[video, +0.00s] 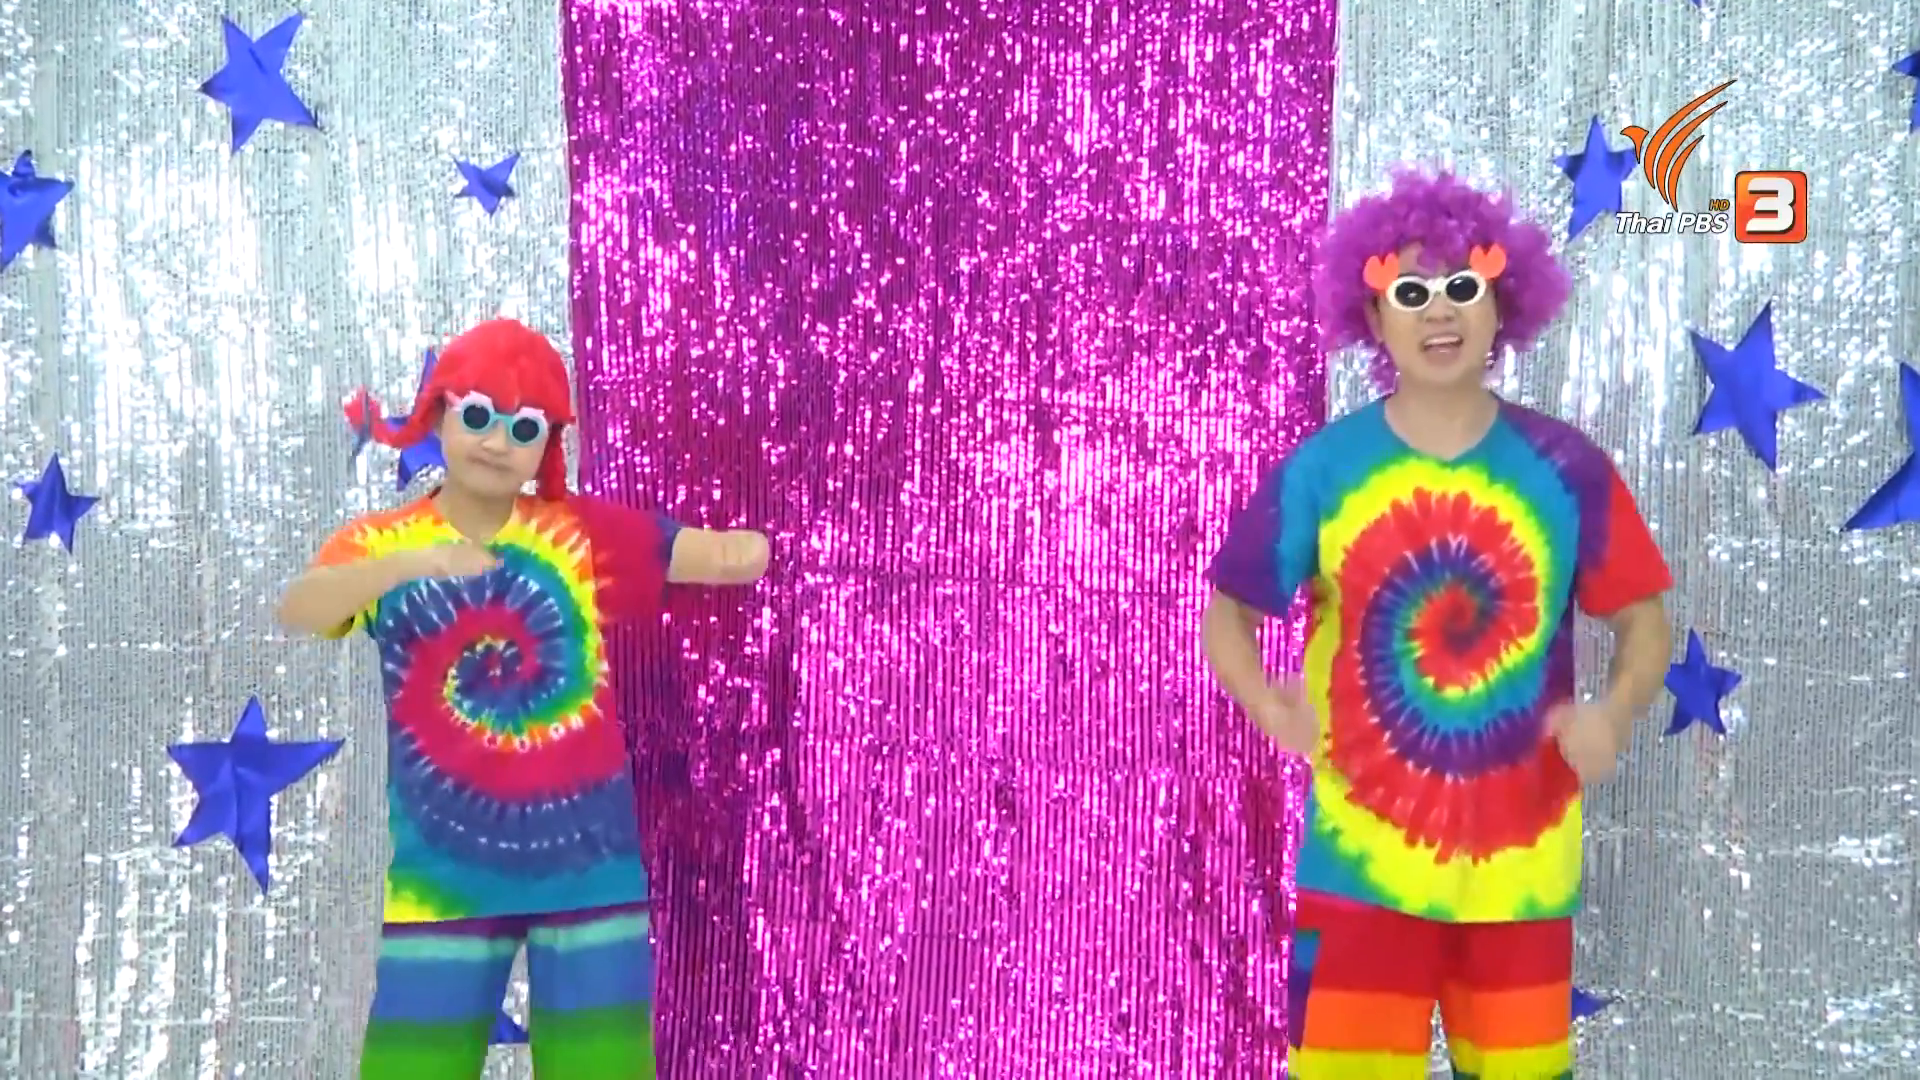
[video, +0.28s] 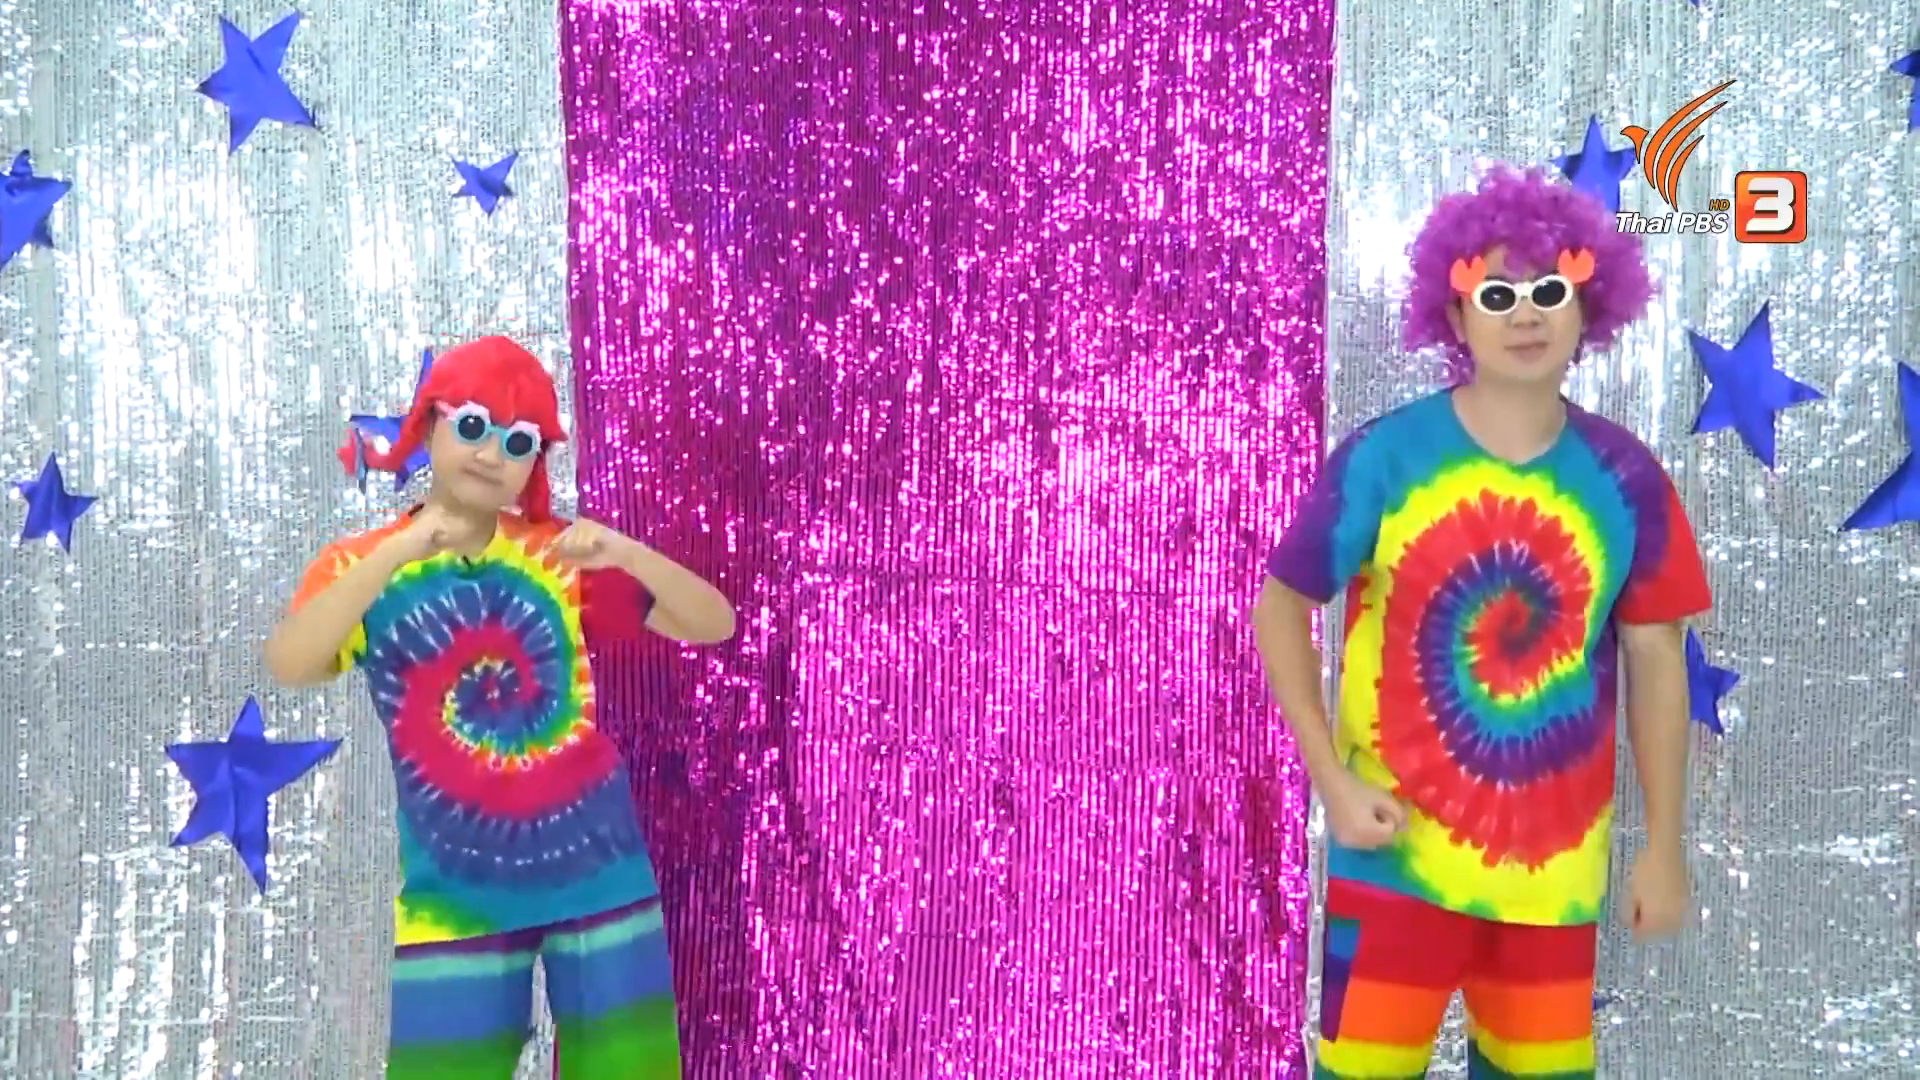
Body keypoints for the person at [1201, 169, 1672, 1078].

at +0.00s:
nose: (1439, 311)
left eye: (1461, 288)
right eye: (1411, 292)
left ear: (1498, 307)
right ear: (1374, 317)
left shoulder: (1568, 465)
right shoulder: (1322, 467)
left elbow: (1648, 616)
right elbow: (1227, 612)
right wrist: (1272, 710)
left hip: (1522, 864)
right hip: (1363, 863)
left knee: (1521, 1066)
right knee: (1347, 1066)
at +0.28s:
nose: (1527, 315)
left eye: (1550, 294)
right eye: (1499, 296)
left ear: (1585, 312)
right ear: (1458, 315)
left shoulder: (1626, 474)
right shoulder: (1383, 457)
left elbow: (1656, 659)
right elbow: (1281, 605)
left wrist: (1663, 843)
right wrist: (1328, 773)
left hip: (1553, 868)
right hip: (1396, 857)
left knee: (1548, 1069)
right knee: (1366, 1066)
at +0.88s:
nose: (1411, 316)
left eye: (1437, 295)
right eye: (1386, 296)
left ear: (1478, 318)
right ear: (1353, 319)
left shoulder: (1541, 478)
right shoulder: (1290, 471)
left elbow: (1596, 671)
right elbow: (1229, 638)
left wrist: (1602, 852)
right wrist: (1222, 798)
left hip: (1487, 872)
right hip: (1330, 868)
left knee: (1501, 1065)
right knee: (1321, 1066)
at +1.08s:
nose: (1329, 337)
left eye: (1356, 316)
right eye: (1306, 317)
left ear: (1397, 332)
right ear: (1279, 334)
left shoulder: (1476, 481)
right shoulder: (1241, 490)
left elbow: (1551, 646)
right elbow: (1184, 638)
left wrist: (1536, 777)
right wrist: (1175, 754)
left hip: (1447, 875)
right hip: (1296, 877)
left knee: (1468, 1065)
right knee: (1298, 1068)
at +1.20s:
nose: (1308, 329)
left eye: (1332, 304)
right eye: (1283, 308)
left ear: (1375, 313)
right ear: (1256, 322)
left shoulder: (1463, 455)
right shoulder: (1222, 471)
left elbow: (1573, 619)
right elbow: (1155, 596)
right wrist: (1136, 642)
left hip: (1438, 846)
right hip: (1289, 853)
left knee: (1457, 1062)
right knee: (1308, 1065)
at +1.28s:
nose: (1301, 329)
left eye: (1325, 304)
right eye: (1276, 308)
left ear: (1368, 310)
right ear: (1247, 319)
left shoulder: (1457, 452)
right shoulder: (1214, 472)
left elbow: (1555, 617)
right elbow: (1146, 603)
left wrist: (1491, 611)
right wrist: (1137, 647)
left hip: (1438, 846)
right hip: (1290, 852)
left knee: (1456, 1062)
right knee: (1305, 1066)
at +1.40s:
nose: (1302, 346)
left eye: (1326, 322)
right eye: (1275, 324)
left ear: (1366, 333)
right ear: (1247, 340)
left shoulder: (1448, 478)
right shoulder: (1216, 495)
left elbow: (1515, 651)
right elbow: (1141, 668)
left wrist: (1410, 761)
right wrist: (1221, 767)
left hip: (1437, 872)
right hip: (1290, 876)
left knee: (1460, 1068)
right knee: (1294, 1070)